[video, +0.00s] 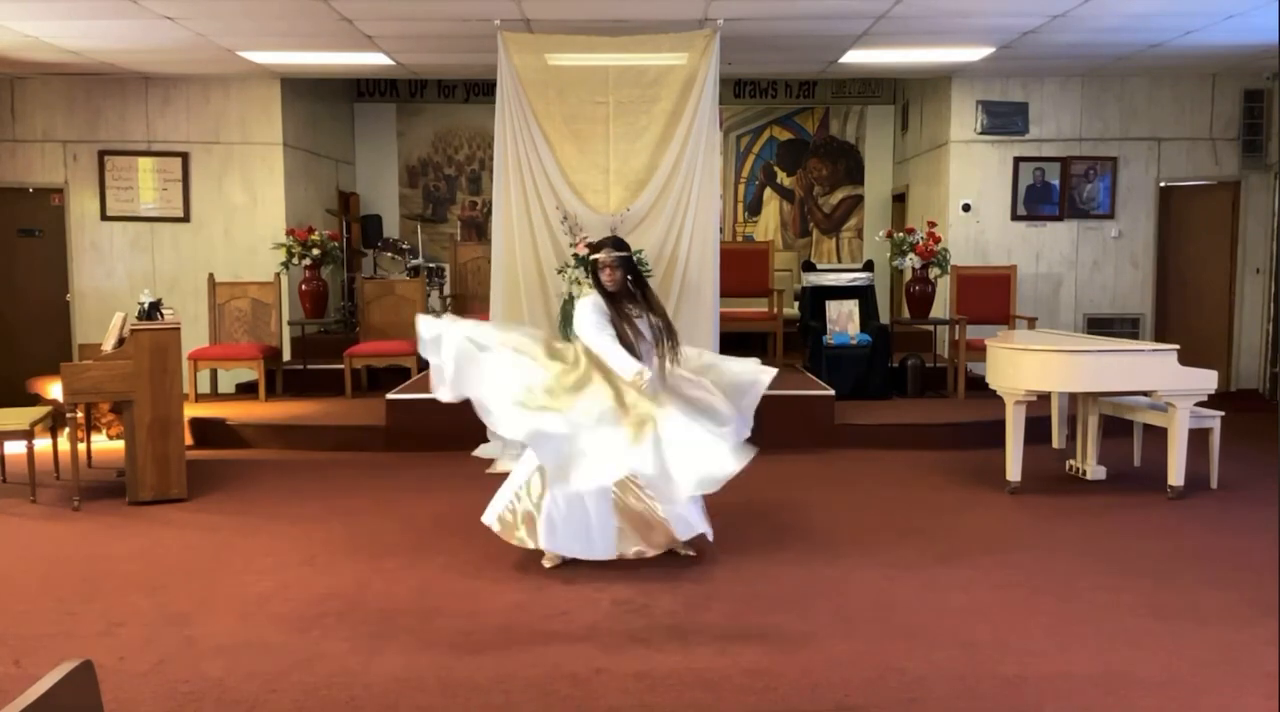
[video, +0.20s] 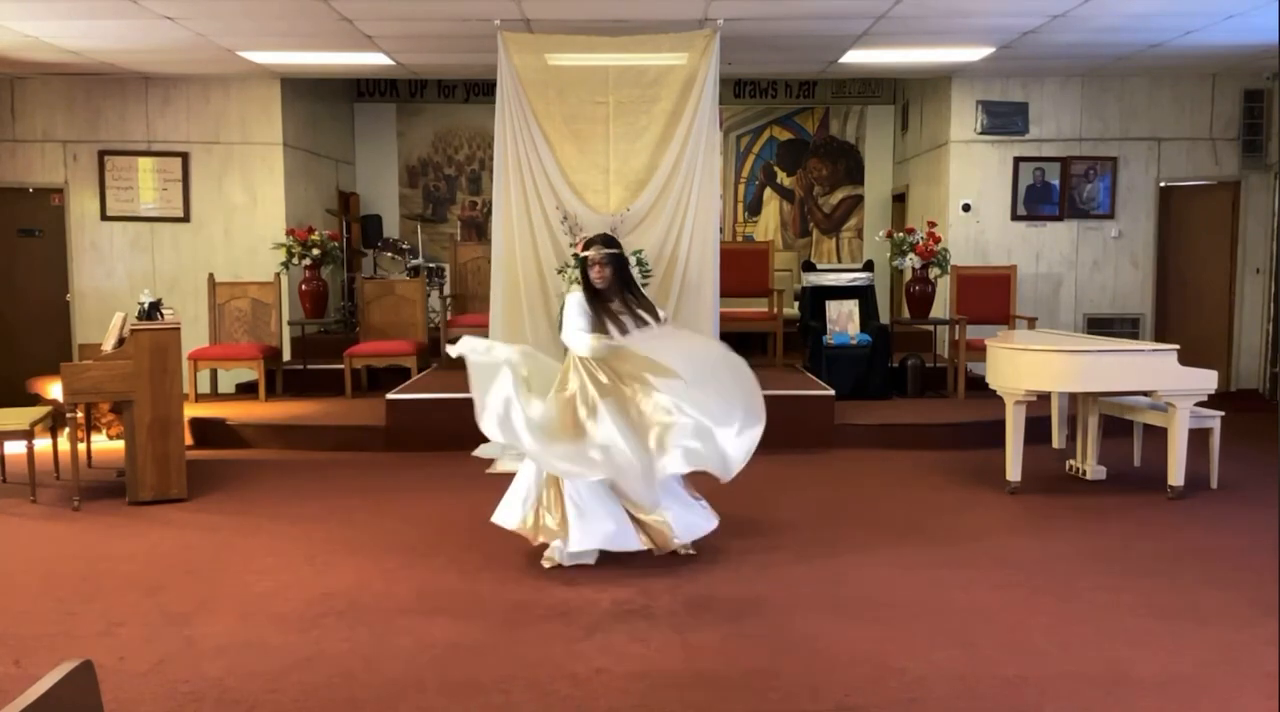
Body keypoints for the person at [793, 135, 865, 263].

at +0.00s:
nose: (815, 176)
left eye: (820, 170)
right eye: (812, 171)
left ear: (840, 166)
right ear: (808, 173)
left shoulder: (854, 193)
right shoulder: (820, 195)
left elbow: (828, 227)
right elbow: (799, 233)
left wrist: (808, 196)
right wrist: (798, 197)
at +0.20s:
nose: (815, 176)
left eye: (820, 170)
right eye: (812, 171)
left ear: (840, 166)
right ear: (808, 172)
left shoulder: (854, 193)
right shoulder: (819, 194)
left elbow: (828, 227)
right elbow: (799, 233)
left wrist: (808, 196)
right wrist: (799, 197)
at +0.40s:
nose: (815, 176)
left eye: (820, 170)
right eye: (812, 171)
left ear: (840, 165)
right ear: (808, 173)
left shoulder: (854, 193)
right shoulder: (820, 194)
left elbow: (828, 227)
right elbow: (800, 232)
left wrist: (808, 197)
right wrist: (799, 197)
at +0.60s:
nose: (815, 176)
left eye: (820, 170)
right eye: (812, 171)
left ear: (840, 165)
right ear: (808, 172)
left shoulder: (854, 193)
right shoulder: (819, 194)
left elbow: (828, 227)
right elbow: (800, 232)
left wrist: (808, 197)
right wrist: (799, 197)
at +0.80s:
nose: (815, 176)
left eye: (820, 170)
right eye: (812, 171)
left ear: (840, 165)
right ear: (808, 173)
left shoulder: (854, 193)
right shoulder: (820, 195)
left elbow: (828, 227)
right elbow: (800, 232)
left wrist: (808, 197)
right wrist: (799, 197)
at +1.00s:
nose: (815, 176)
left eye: (820, 170)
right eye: (812, 171)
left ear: (840, 165)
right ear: (808, 173)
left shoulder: (854, 193)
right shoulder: (820, 195)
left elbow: (828, 227)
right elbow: (800, 232)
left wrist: (808, 197)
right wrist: (799, 197)